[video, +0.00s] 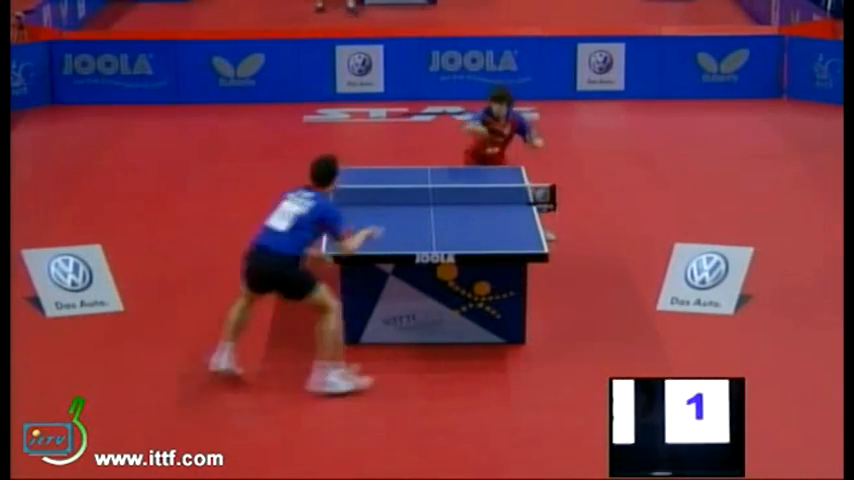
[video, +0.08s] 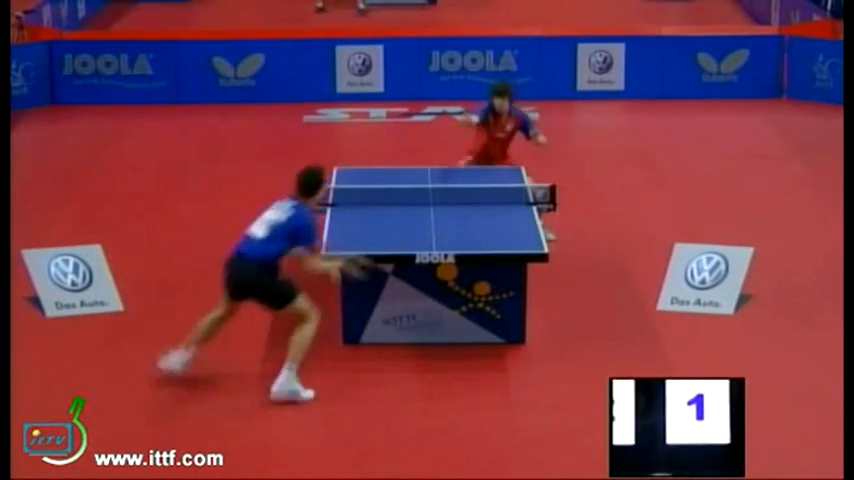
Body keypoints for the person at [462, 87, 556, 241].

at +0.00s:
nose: (499, 109)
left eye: (502, 105)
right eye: (496, 104)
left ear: (508, 107)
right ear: (490, 105)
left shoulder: (515, 120)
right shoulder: (484, 115)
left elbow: (527, 135)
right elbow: (471, 126)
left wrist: (534, 141)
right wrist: (484, 131)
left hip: (498, 160)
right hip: (476, 159)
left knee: (513, 193)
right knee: (473, 195)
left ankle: (535, 230)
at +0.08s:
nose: (500, 104)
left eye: (503, 100)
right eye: (497, 99)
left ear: (509, 101)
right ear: (492, 100)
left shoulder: (517, 116)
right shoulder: (487, 113)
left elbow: (530, 132)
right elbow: (477, 121)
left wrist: (538, 138)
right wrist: (469, 121)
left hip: (502, 160)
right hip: (478, 159)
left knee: (527, 187)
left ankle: (537, 226)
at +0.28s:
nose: (505, 83)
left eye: (508, 79)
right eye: (502, 79)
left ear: (515, 80)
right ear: (497, 80)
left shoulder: (525, 99)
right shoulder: (490, 95)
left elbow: (549, 118)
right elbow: (468, 105)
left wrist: (547, 127)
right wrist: (452, 113)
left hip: (516, 153)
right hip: (488, 152)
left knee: (532, 185)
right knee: (474, 188)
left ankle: (537, 226)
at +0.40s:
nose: (500, 74)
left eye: (504, 70)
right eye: (497, 70)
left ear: (511, 70)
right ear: (493, 71)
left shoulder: (522, 89)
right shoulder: (487, 87)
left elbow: (543, 107)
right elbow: (461, 101)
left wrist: (542, 122)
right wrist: (452, 115)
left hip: (516, 143)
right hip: (488, 142)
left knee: (532, 180)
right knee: (471, 177)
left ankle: (544, 221)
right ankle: (464, 223)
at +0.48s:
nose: (496, 74)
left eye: (499, 70)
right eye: (493, 70)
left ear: (507, 71)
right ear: (489, 71)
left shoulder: (519, 89)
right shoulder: (484, 88)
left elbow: (539, 108)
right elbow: (460, 104)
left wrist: (538, 127)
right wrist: (457, 124)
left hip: (515, 142)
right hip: (487, 141)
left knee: (532, 179)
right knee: (468, 176)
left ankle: (552, 216)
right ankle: (461, 220)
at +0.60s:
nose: (479, 86)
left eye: (483, 81)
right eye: (477, 81)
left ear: (491, 82)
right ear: (473, 82)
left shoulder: (504, 99)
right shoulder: (473, 99)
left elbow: (532, 115)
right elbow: (454, 115)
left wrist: (533, 139)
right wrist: (432, 127)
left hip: (510, 154)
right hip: (483, 153)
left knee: (528, 188)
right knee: (463, 183)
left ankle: (554, 218)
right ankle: (460, 220)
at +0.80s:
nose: (438, 80)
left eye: (441, 75)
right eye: (435, 76)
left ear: (448, 76)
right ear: (431, 77)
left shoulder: (463, 91)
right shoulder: (432, 95)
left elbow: (492, 107)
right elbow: (414, 113)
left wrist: (494, 126)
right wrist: (395, 116)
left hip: (481, 145)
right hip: (457, 145)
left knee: (491, 182)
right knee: (438, 177)